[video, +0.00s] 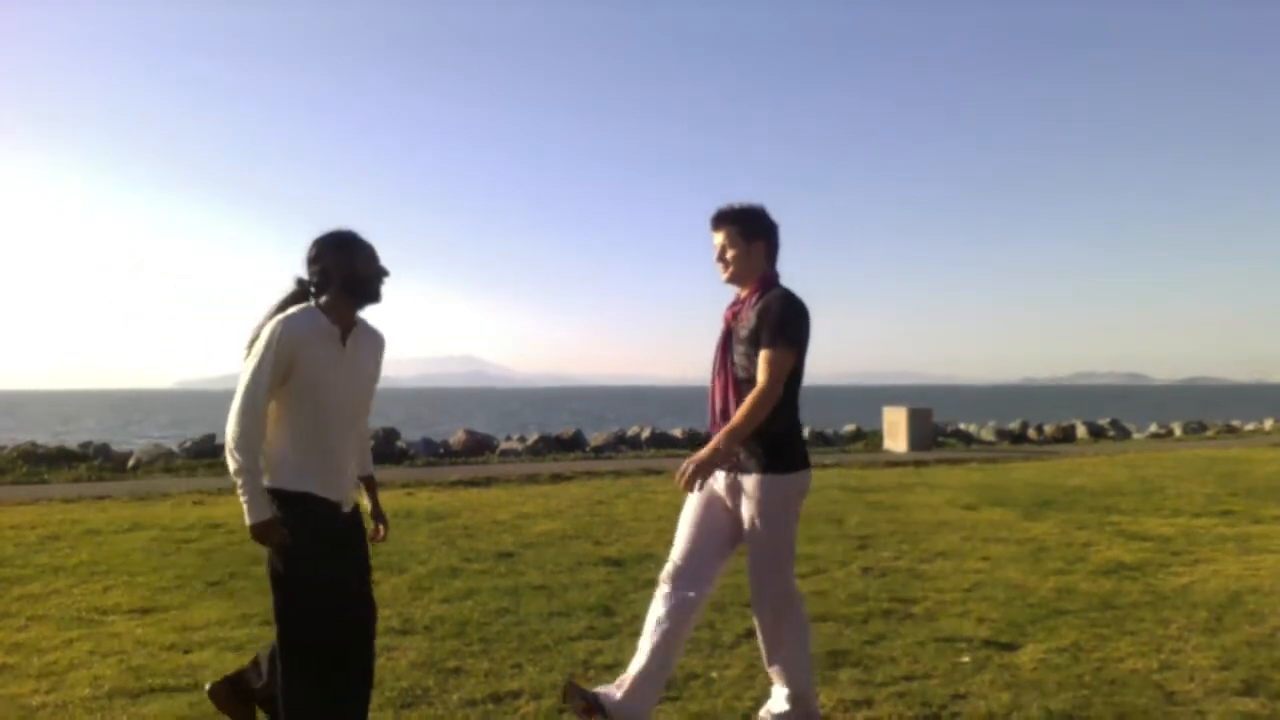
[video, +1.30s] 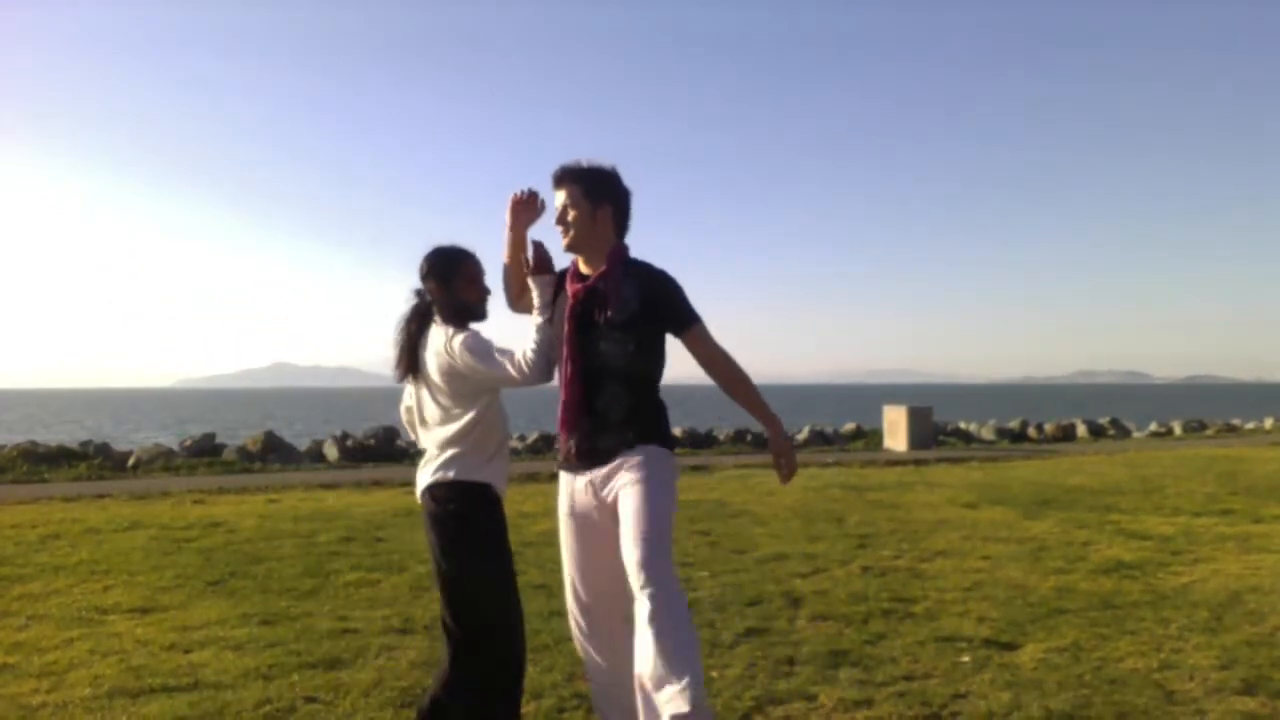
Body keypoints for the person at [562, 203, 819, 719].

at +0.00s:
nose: (720, 258)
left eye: (728, 249)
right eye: (717, 251)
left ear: (761, 248)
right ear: (724, 254)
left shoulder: (781, 307)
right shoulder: (737, 310)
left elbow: (770, 391)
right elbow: (742, 390)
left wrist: (713, 449)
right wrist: (726, 451)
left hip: (771, 471)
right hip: (724, 466)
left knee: (773, 592)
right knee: (679, 581)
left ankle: (795, 704)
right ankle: (630, 699)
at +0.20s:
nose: (682, 255)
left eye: (691, 245)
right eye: (680, 247)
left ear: (725, 248)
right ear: (686, 252)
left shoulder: (751, 308)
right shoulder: (698, 314)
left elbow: (754, 397)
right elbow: (702, 402)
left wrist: (730, 475)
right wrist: (655, 409)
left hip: (746, 478)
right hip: (693, 477)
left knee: (761, 599)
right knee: (673, 603)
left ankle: (786, 704)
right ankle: (659, 710)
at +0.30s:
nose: (658, 251)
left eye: (668, 241)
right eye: (656, 243)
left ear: (703, 242)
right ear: (662, 248)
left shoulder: (734, 303)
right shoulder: (674, 314)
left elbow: (754, 388)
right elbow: (657, 397)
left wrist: (745, 476)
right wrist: (618, 368)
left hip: (728, 482)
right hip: (672, 483)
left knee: (751, 602)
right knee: (658, 607)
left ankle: (779, 702)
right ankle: (653, 714)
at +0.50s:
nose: (617, 234)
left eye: (626, 223)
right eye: (614, 225)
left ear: (661, 223)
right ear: (623, 231)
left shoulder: (700, 285)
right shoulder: (631, 301)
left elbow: (740, 369)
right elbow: (585, 360)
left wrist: (756, 453)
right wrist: (578, 299)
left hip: (708, 466)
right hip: (645, 470)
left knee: (734, 588)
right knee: (636, 600)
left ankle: (759, 701)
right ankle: (645, 713)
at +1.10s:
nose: (554, 216)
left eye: (565, 206)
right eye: (552, 208)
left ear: (601, 209)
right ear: (556, 217)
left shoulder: (644, 276)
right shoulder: (557, 285)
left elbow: (703, 355)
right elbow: (514, 306)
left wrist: (759, 426)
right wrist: (515, 237)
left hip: (651, 460)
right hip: (584, 471)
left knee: (724, 584)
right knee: (602, 618)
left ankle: (820, 706)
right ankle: (629, 715)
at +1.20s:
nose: (556, 219)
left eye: (566, 209)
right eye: (554, 211)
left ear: (605, 213)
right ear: (560, 219)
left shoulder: (647, 280)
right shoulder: (558, 285)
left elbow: (708, 357)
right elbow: (516, 299)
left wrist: (766, 423)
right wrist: (514, 234)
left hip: (645, 462)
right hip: (580, 473)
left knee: (689, 577)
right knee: (595, 614)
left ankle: (762, 707)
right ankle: (624, 714)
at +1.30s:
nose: (560, 221)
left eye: (570, 211)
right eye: (557, 212)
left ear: (609, 215)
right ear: (561, 221)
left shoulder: (650, 285)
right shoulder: (560, 285)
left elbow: (713, 360)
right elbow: (517, 294)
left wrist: (774, 425)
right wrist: (516, 234)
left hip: (637, 460)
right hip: (576, 471)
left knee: (648, 577)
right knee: (591, 610)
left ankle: (680, 709)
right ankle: (616, 713)